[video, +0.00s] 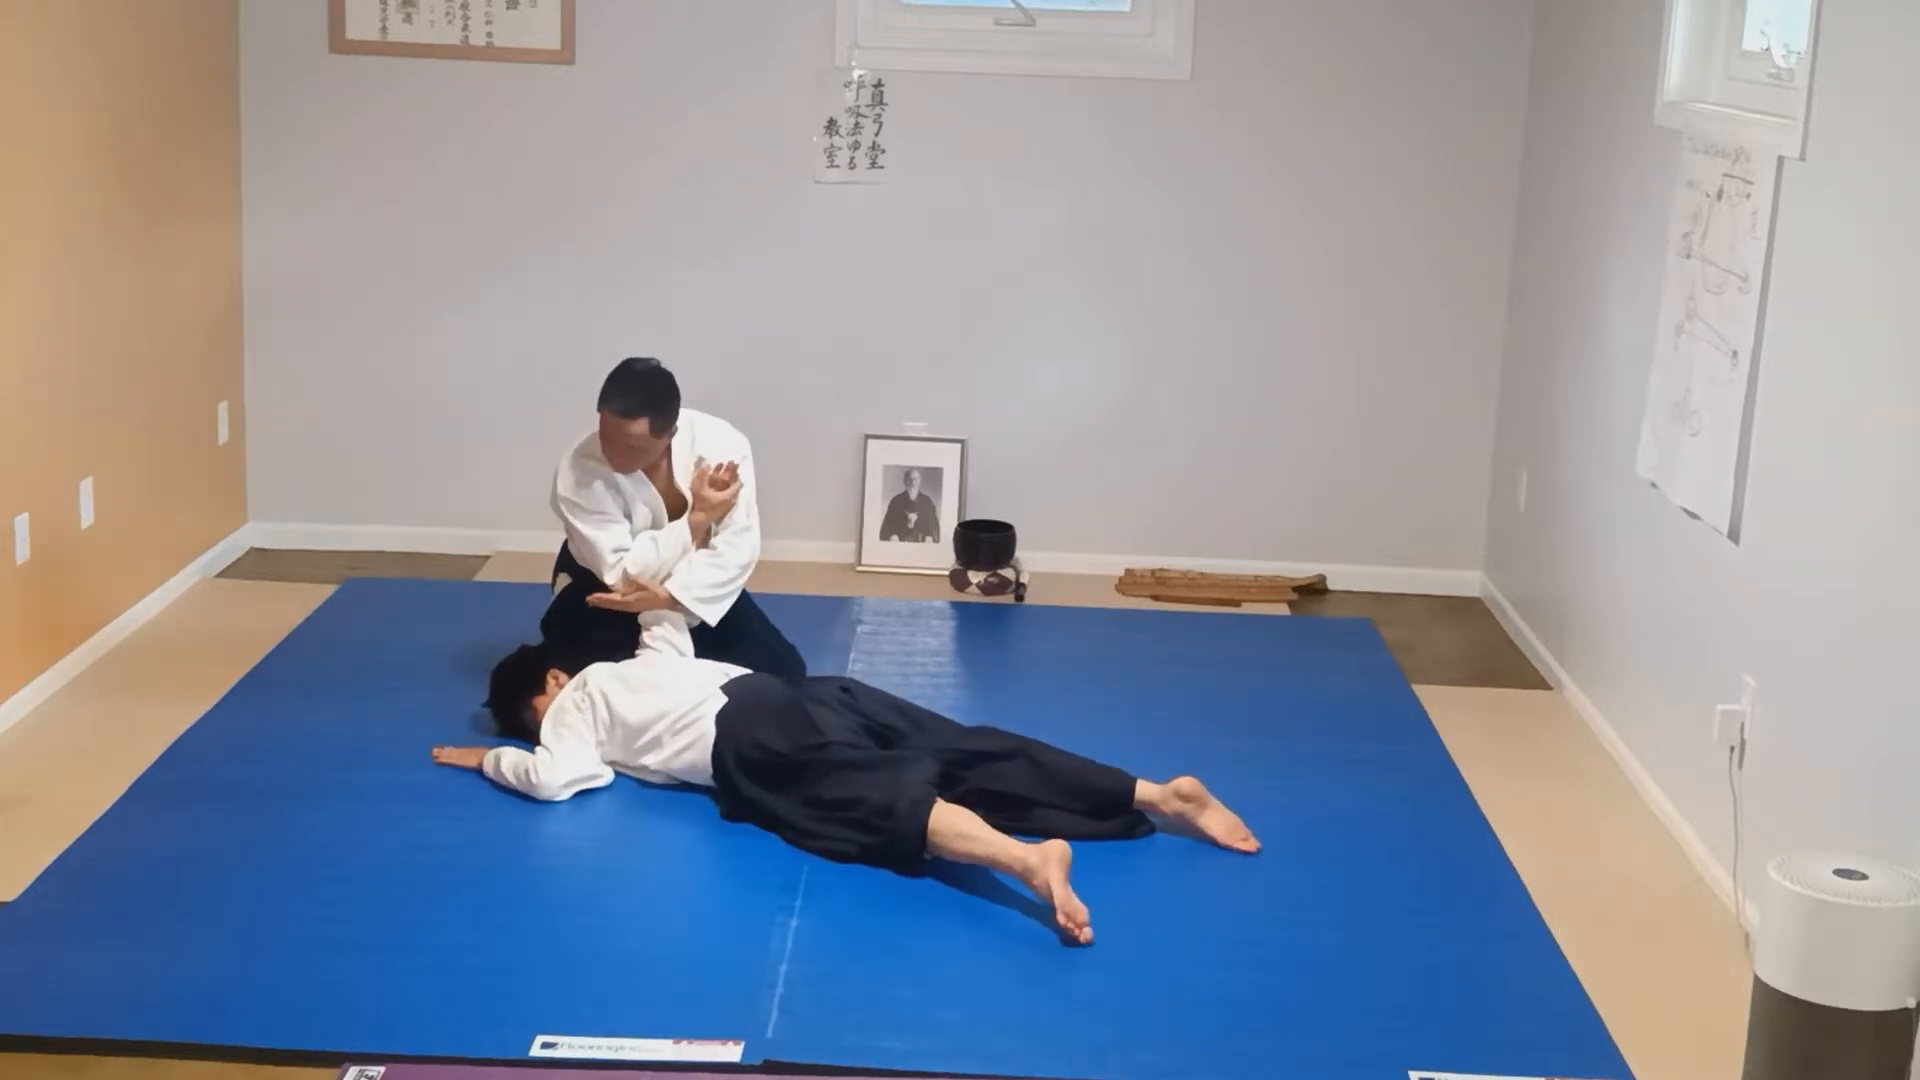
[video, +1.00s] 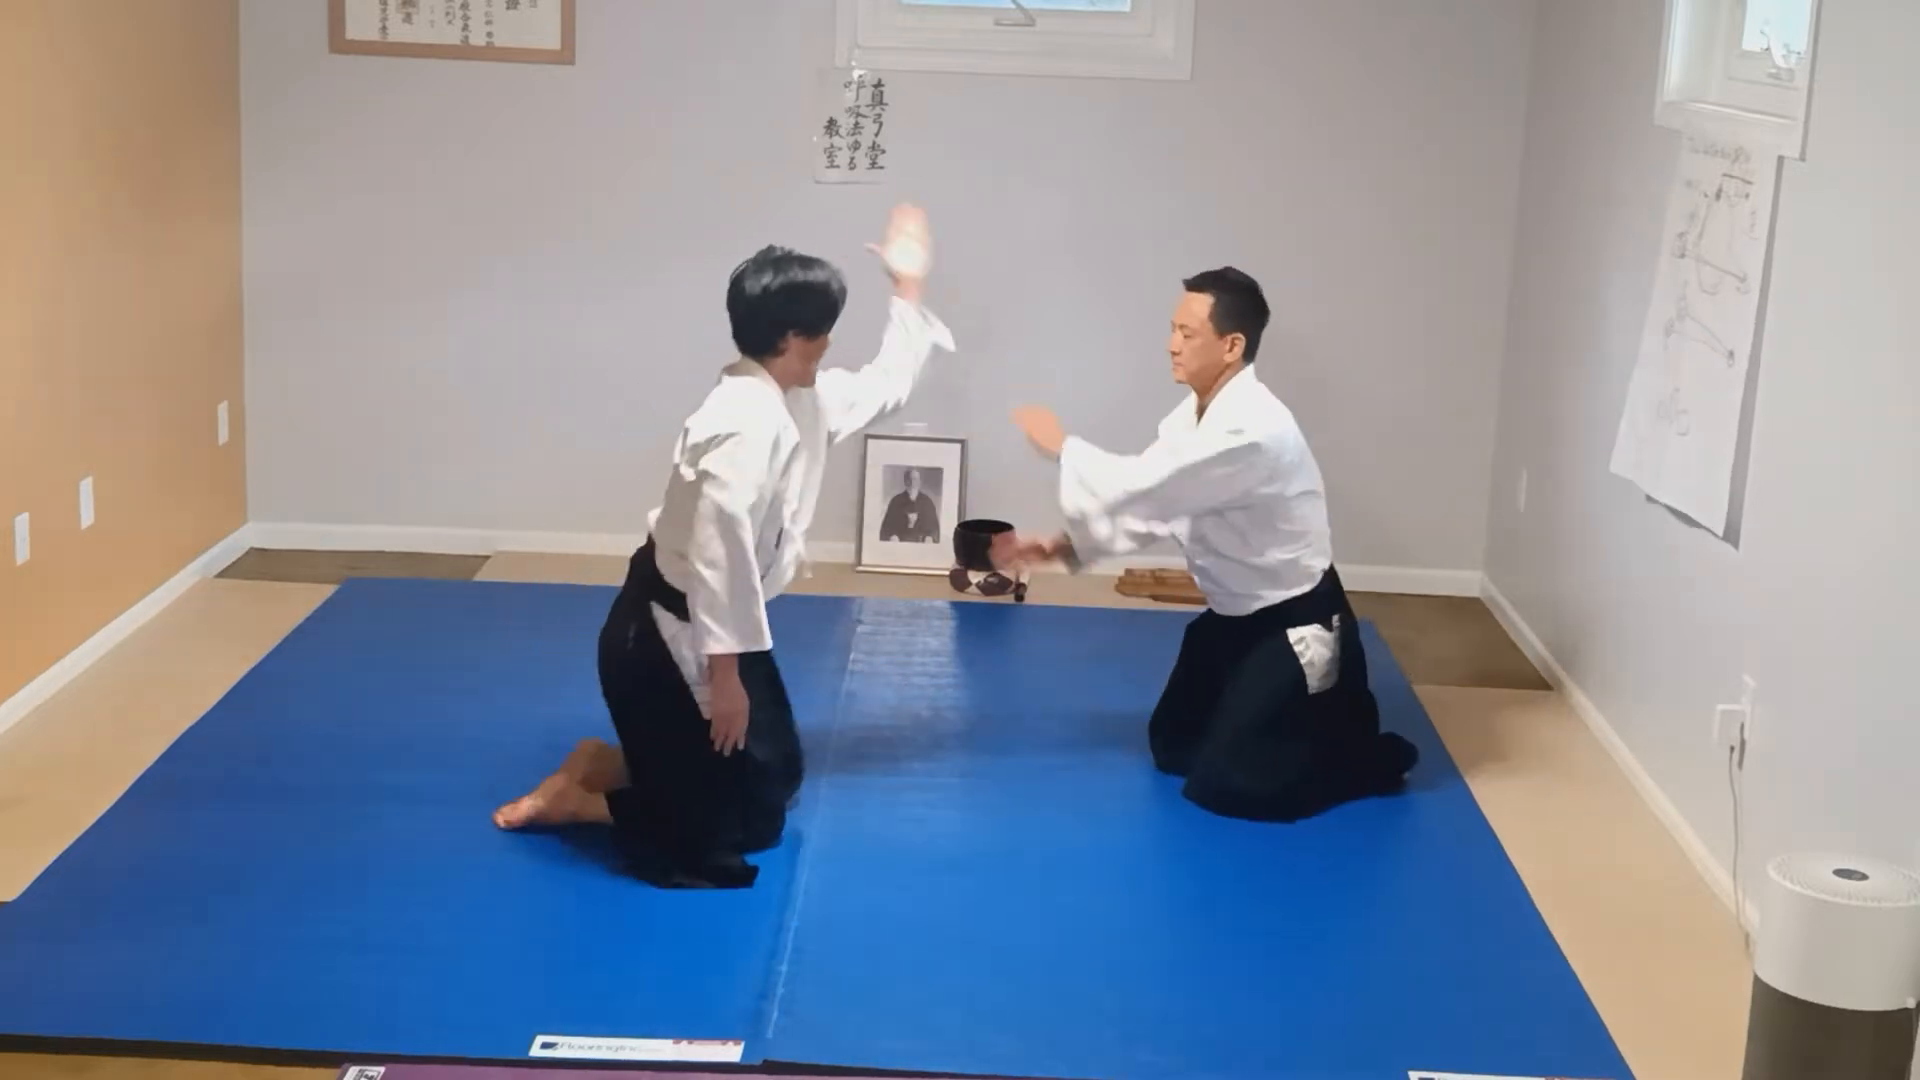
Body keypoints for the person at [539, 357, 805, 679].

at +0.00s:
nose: (616, 455)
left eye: (634, 448)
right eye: (609, 439)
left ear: (669, 435)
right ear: (600, 416)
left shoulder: (722, 445)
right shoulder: (579, 475)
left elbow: (740, 548)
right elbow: (619, 575)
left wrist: (667, 597)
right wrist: (700, 519)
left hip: (701, 590)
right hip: (607, 596)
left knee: (783, 671)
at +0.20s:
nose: (614, 456)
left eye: (632, 450)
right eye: (608, 440)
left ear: (667, 437)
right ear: (599, 418)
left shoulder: (721, 445)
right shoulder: (578, 477)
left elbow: (739, 548)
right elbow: (619, 575)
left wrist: (666, 598)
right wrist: (699, 520)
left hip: (701, 590)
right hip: (606, 597)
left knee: (784, 672)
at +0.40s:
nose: (615, 456)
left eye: (632, 449)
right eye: (608, 439)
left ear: (667, 436)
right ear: (600, 417)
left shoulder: (721, 445)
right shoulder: (578, 475)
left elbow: (739, 547)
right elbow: (618, 573)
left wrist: (667, 598)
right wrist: (700, 519)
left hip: (701, 589)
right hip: (606, 595)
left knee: (783, 671)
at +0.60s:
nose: (712, 443)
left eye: (709, 430)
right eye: (705, 432)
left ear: (663, 445)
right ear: (669, 444)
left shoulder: (669, 508)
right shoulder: (631, 527)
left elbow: (705, 608)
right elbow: (631, 666)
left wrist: (774, 683)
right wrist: (683, 735)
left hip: (613, 712)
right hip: (564, 751)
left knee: (756, 763)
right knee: (748, 798)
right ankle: (561, 814)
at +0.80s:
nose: (788, 404)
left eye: (786, 392)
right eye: (781, 394)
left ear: (732, 405)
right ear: (748, 407)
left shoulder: (748, 466)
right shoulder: (705, 489)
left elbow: (821, 540)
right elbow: (691, 624)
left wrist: (918, 582)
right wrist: (714, 726)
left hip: (648, 672)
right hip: (599, 693)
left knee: (757, 772)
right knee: (748, 816)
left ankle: (591, 780)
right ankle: (573, 812)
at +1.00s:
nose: (829, 343)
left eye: (830, 331)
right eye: (823, 331)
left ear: (772, 336)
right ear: (790, 340)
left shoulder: (802, 401)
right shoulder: (748, 419)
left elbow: (886, 383)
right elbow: (716, 537)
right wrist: (724, 668)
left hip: (724, 620)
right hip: (665, 637)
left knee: (774, 776)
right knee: (744, 821)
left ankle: (613, 769)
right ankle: (580, 805)